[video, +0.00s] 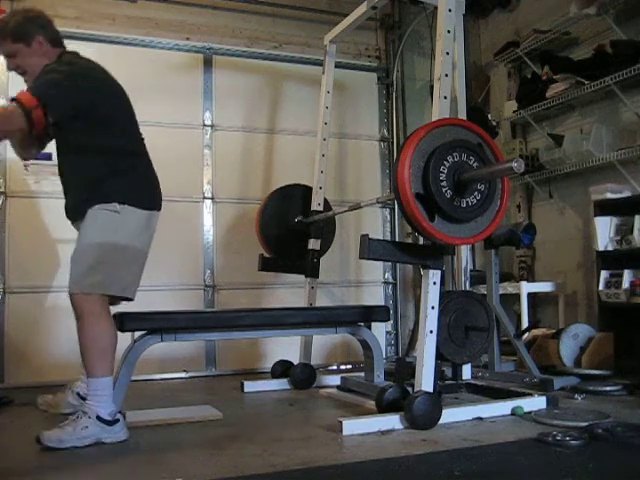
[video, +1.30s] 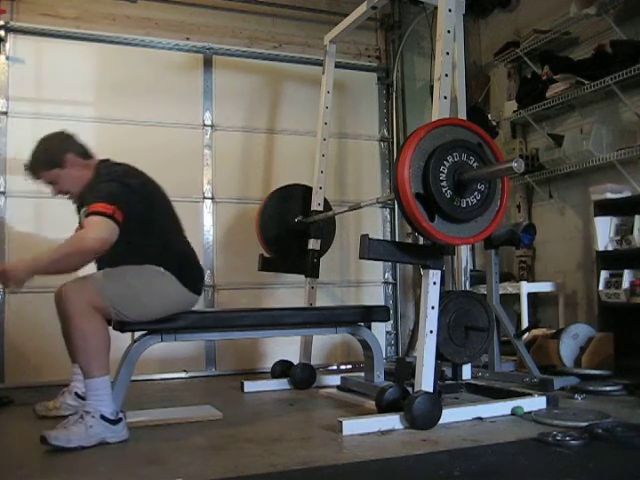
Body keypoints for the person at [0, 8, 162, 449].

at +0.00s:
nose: (14, 69)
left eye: (16, 58)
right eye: (11, 61)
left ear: (42, 44)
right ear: (42, 48)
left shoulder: (69, 73)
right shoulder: (68, 75)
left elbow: (11, 121)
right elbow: (30, 148)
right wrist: (16, 118)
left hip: (119, 198)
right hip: (114, 198)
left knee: (88, 297)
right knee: (88, 297)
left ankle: (104, 416)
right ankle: (96, 393)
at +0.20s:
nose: (1, 91)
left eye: (1, 81)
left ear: (19, 71)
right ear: (25, 71)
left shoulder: (52, 89)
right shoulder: (52, 95)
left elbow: (12, 122)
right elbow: (14, 154)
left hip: (131, 202)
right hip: (111, 205)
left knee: (96, 295)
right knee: (80, 295)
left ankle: (107, 415)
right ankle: (86, 400)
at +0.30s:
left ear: (10, 88)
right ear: (12, 89)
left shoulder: (43, 103)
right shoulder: (29, 124)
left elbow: (40, 142)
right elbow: (10, 175)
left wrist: (24, 217)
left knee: (101, 293)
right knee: (77, 294)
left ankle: (107, 414)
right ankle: (85, 397)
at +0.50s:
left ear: (4, 141)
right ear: (6, 141)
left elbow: (52, 178)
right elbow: (28, 219)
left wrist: (51, 255)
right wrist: (29, 268)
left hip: (143, 208)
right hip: (119, 215)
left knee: (92, 294)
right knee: (73, 293)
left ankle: (106, 415)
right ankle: (84, 395)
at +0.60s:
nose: (0, 198)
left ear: (2, 169)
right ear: (4, 170)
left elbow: (56, 179)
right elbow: (40, 235)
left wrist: (65, 263)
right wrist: (60, 271)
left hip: (147, 216)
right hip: (123, 220)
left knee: (90, 294)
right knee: (71, 292)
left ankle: (105, 415)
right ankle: (82, 395)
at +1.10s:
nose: (24, 210)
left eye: (19, 202)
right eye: (16, 207)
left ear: (26, 175)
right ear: (27, 172)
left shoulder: (70, 182)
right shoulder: (61, 184)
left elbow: (87, 234)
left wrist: (43, 303)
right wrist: (48, 301)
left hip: (161, 262)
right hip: (142, 260)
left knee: (75, 300)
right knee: (61, 297)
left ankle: (103, 416)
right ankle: (82, 393)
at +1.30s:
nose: (56, 191)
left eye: (54, 182)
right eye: (51, 186)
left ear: (73, 162)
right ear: (75, 162)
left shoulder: (110, 182)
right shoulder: (100, 185)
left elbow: (94, 241)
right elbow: (81, 245)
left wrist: (29, 267)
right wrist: (26, 267)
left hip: (170, 280)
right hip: (153, 278)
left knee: (78, 296)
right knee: (68, 296)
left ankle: (104, 416)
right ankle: (83, 393)